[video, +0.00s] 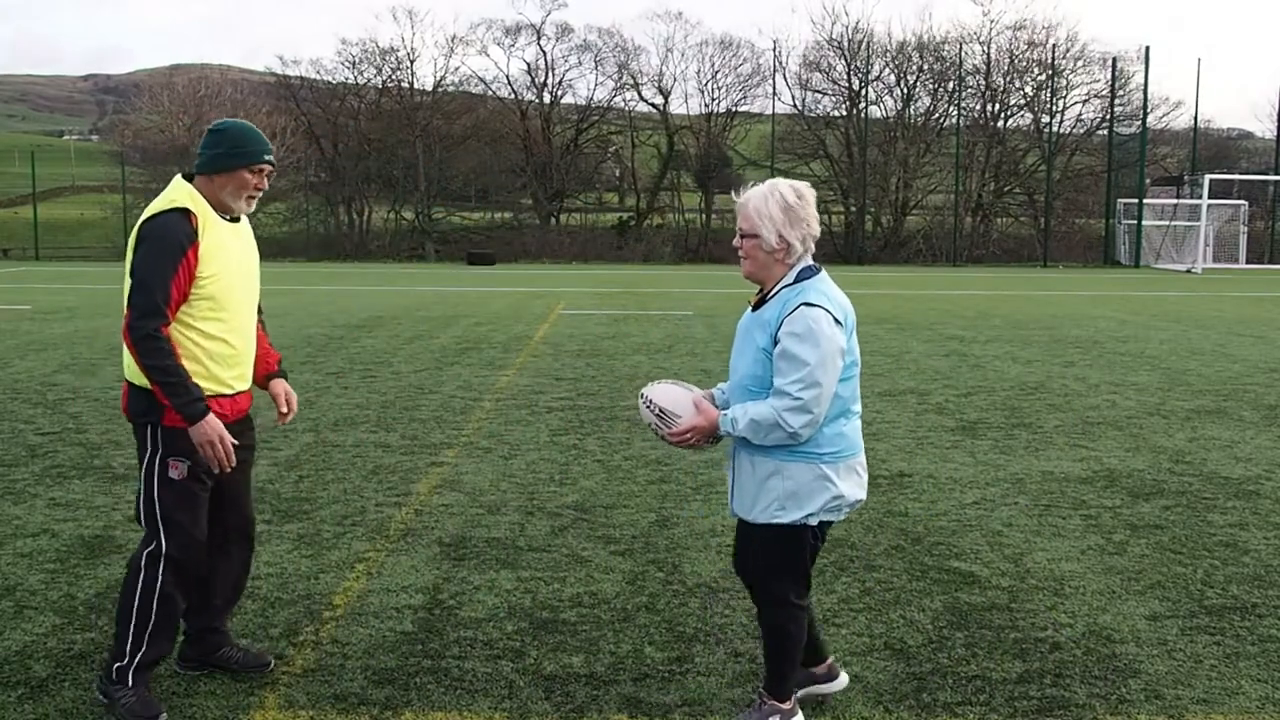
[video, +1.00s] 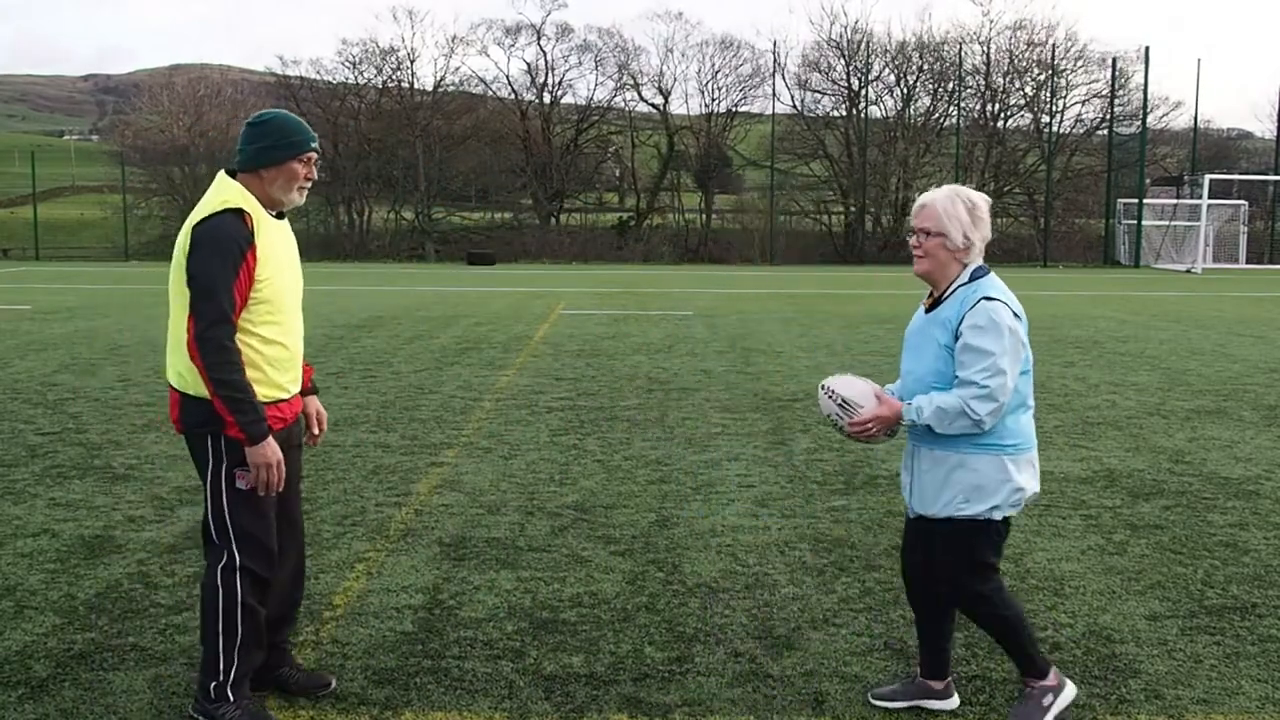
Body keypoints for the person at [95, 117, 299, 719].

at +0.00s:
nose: (263, 184)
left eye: (266, 174)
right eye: (254, 173)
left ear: (252, 176)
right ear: (217, 169)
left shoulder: (236, 226)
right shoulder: (172, 223)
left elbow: (241, 309)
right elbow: (144, 329)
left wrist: (272, 372)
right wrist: (195, 413)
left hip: (229, 409)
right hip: (172, 413)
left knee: (229, 532)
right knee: (171, 545)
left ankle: (206, 642)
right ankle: (126, 677)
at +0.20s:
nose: (277, 178)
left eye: (281, 169)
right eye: (269, 167)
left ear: (268, 172)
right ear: (232, 164)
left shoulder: (251, 223)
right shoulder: (187, 218)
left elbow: (254, 313)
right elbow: (157, 323)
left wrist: (284, 380)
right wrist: (201, 412)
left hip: (237, 407)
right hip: (187, 410)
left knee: (237, 535)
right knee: (201, 542)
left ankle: (207, 637)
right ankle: (163, 675)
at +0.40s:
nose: (290, 181)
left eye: (293, 171)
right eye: (281, 170)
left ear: (276, 174)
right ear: (244, 168)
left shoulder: (261, 226)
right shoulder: (198, 221)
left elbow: (262, 314)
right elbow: (168, 326)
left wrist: (288, 387)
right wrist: (214, 414)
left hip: (242, 408)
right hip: (193, 412)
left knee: (238, 536)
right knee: (210, 549)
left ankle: (223, 643)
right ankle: (215, 690)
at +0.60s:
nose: (296, 181)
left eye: (299, 170)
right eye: (287, 169)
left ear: (267, 171)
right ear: (249, 168)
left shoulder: (257, 223)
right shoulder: (205, 225)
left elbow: (262, 316)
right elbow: (185, 336)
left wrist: (292, 389)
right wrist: (230, 427)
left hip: (250, 410)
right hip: (205, 416)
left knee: (251, 538)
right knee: (228, 551)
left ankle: (218, 642)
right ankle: (219, 692)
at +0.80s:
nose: (301, 175)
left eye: (302, 164)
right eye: (292, 164)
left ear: (263, 166)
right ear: (254, 165)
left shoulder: (259, 220)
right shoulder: (212, 226)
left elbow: (265, 316)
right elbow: (202, 339)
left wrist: (292, 386)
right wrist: (243, 436)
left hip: (265, 411)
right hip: (215, 417)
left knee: (280, 529)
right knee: (231, 554)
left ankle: (239, 643)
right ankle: (220, 692)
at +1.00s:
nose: (311, 174)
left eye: (313, 164)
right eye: (302, 163)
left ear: (276, 166)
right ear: (264, 163)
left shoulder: (271, 221)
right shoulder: (223, 225)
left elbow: (276, 316)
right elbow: (211, 337)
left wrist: (303, 386)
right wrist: (253, 434)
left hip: (272, 412)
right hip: (225, 419)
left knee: (282, 548)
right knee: (240, 557)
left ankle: (269, 662)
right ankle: (222, 693)